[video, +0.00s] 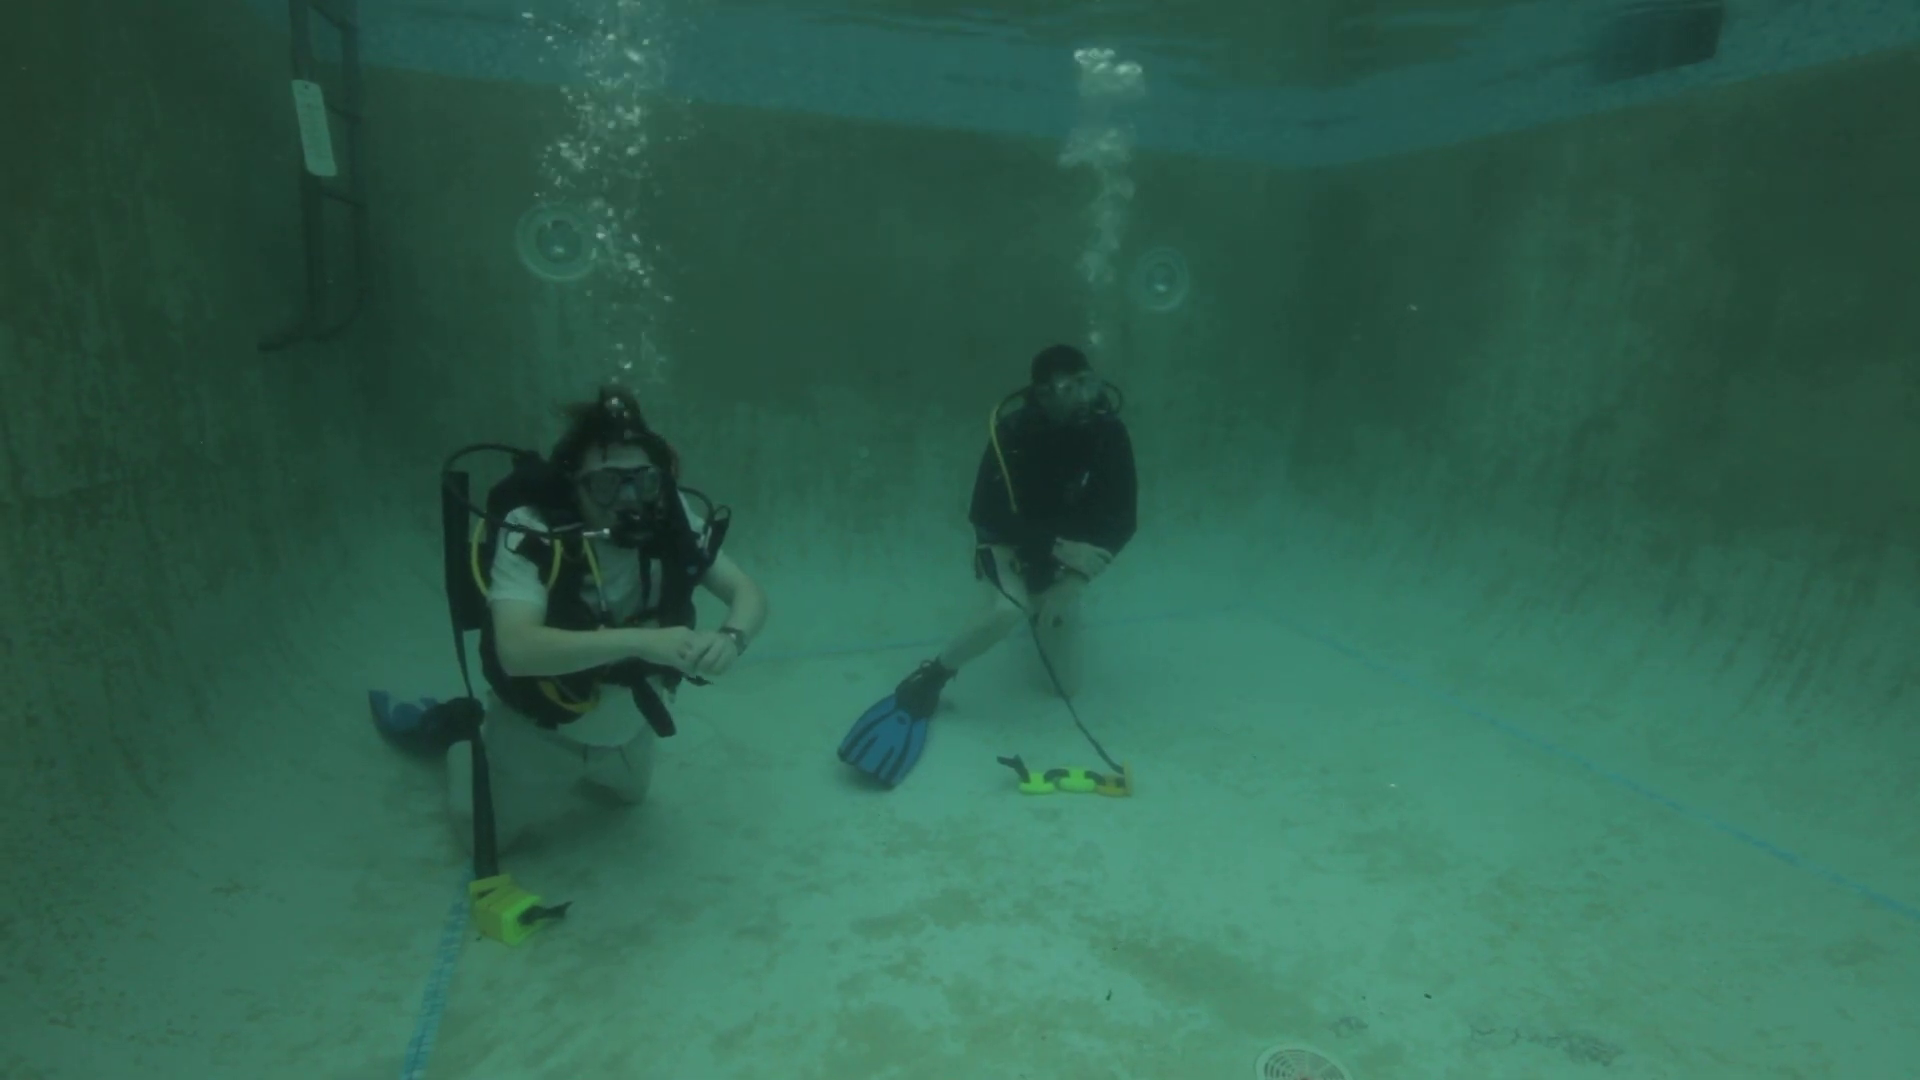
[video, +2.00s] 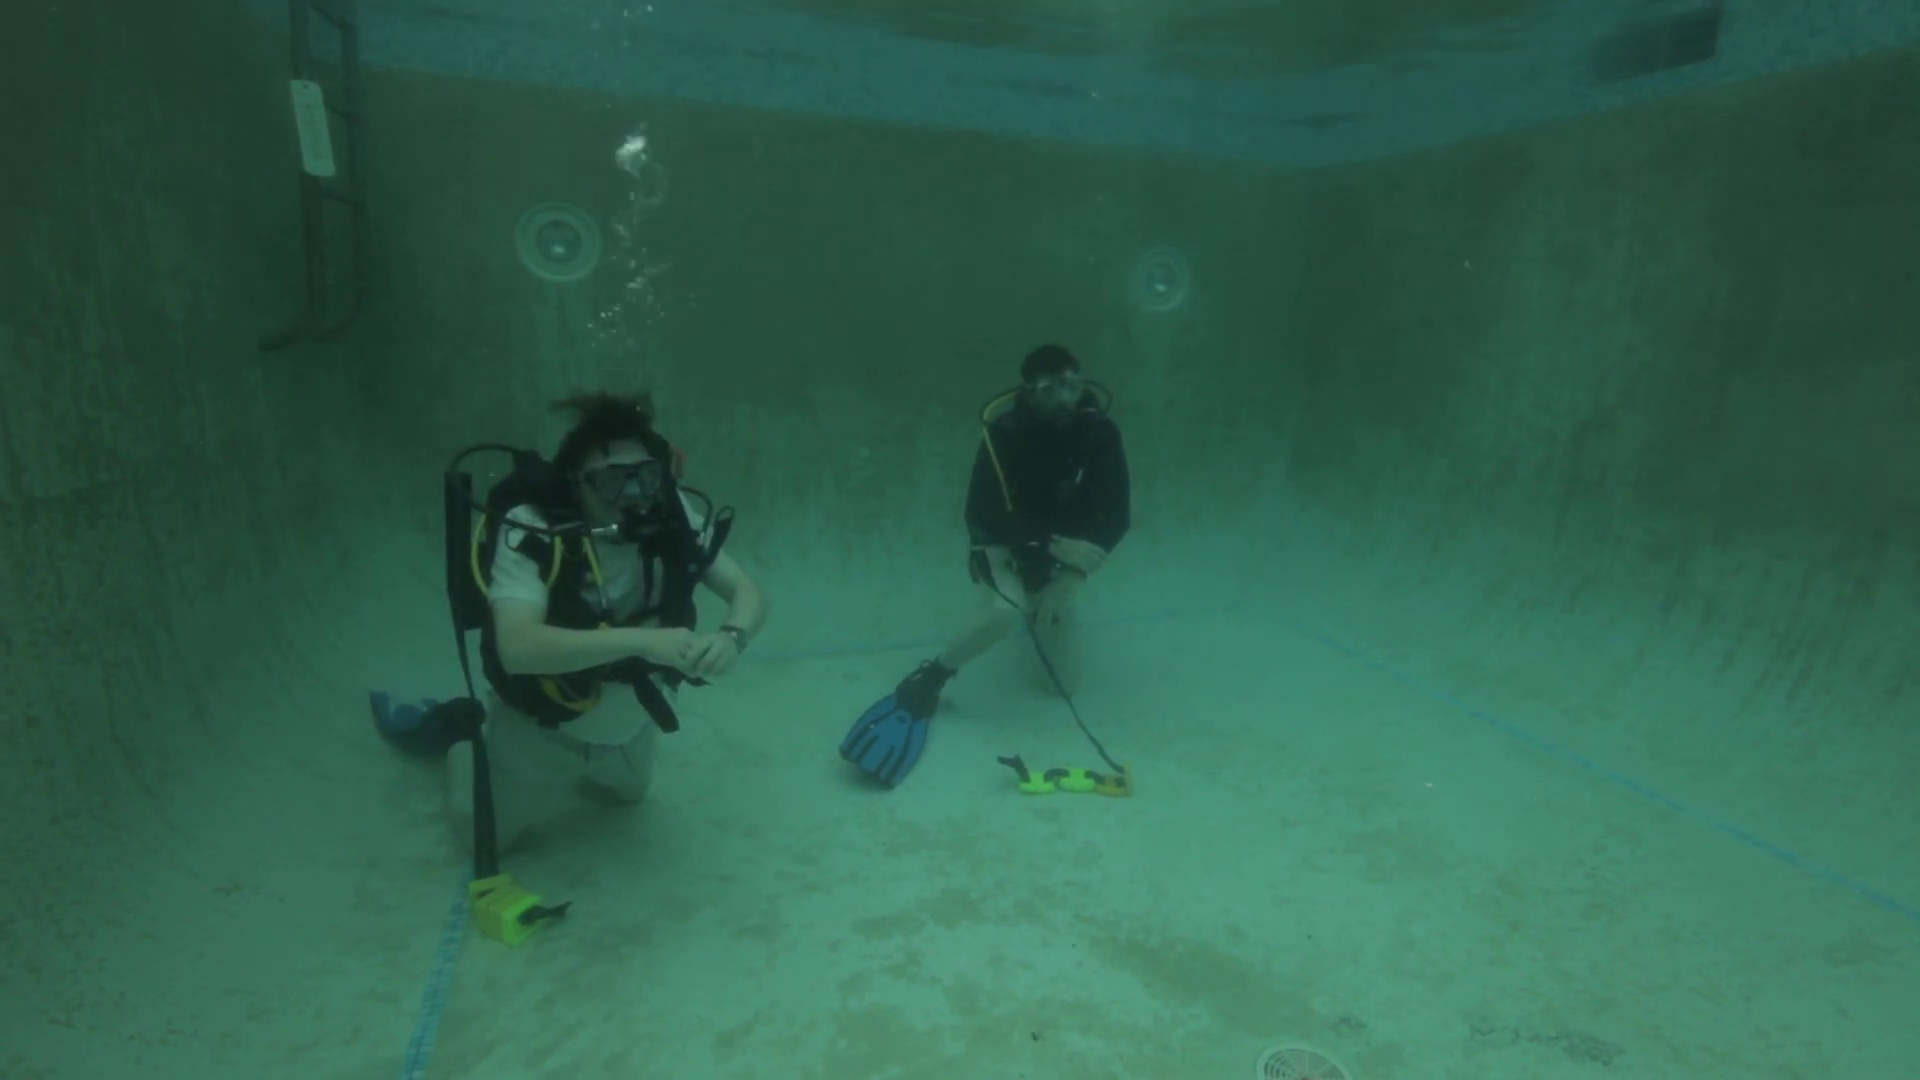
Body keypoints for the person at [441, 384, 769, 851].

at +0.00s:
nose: (624, 499)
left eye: (637, 482)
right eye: (605, 484)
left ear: (659, 480)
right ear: (574, 483)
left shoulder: (673, 520)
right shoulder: (530, 529)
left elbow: (748, 593)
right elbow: (516, 650)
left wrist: (732, 636)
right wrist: (646, 643)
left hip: (628, 712)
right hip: (539, 719)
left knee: (628, 787)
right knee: (486, 834)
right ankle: (463, 727)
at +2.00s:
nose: (631, 495)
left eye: (643, 478)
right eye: (612, 480)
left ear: (662, 476)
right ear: (577, 482)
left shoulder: (672, 518)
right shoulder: (530, 527)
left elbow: (748, 593)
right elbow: (516, 648)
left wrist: (732, 636)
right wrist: (646, 642)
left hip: (626, 710)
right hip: (538, 717)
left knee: (628, 785)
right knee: (486, 837)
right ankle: (462, 728)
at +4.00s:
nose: (648, 496)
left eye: (649, 476)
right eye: (627, 486)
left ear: (654, 465)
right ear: (576, 494)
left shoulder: (658, 510)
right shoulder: (518, 526)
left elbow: (739, 582)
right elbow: (513, 642)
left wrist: (727, 622)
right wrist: (638, 627)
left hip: (626, 713)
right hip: (537, 723)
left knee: (628, 786)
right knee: (493, 838)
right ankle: (465, 730)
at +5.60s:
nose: (644, 472)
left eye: (641, 459)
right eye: (628, 465)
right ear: (583, 479)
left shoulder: (637, 514)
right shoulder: (507, 528)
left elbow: (688, 574)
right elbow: (589, 593)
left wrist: (727, 614)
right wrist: (691, 565)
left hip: (623, 704)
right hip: (534, 721)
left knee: (625, 785)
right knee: (499, 835)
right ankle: (458, 729)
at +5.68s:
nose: (650, 469)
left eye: (646, 456)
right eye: (634, 462)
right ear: (589, 478)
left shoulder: (641, 516)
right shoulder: (511, 525)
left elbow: (686, 583)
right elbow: (587, 590)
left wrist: (730, 608)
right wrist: (692, 569)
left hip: (622, 704)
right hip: (534, 722)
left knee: (627, 782)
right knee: (496, 838)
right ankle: (453, 731)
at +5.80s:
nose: (659, 468)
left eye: (654, 455)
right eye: (644, 461)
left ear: (607, 475)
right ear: (600, 476)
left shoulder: (642, 516)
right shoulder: (516, 521)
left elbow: (684, 594)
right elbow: (589, 588)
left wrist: (738, 599)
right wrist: (696, 580)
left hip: (617, 701)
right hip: (527, 719)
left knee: (627, 775)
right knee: (494, 839)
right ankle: (459, 728)